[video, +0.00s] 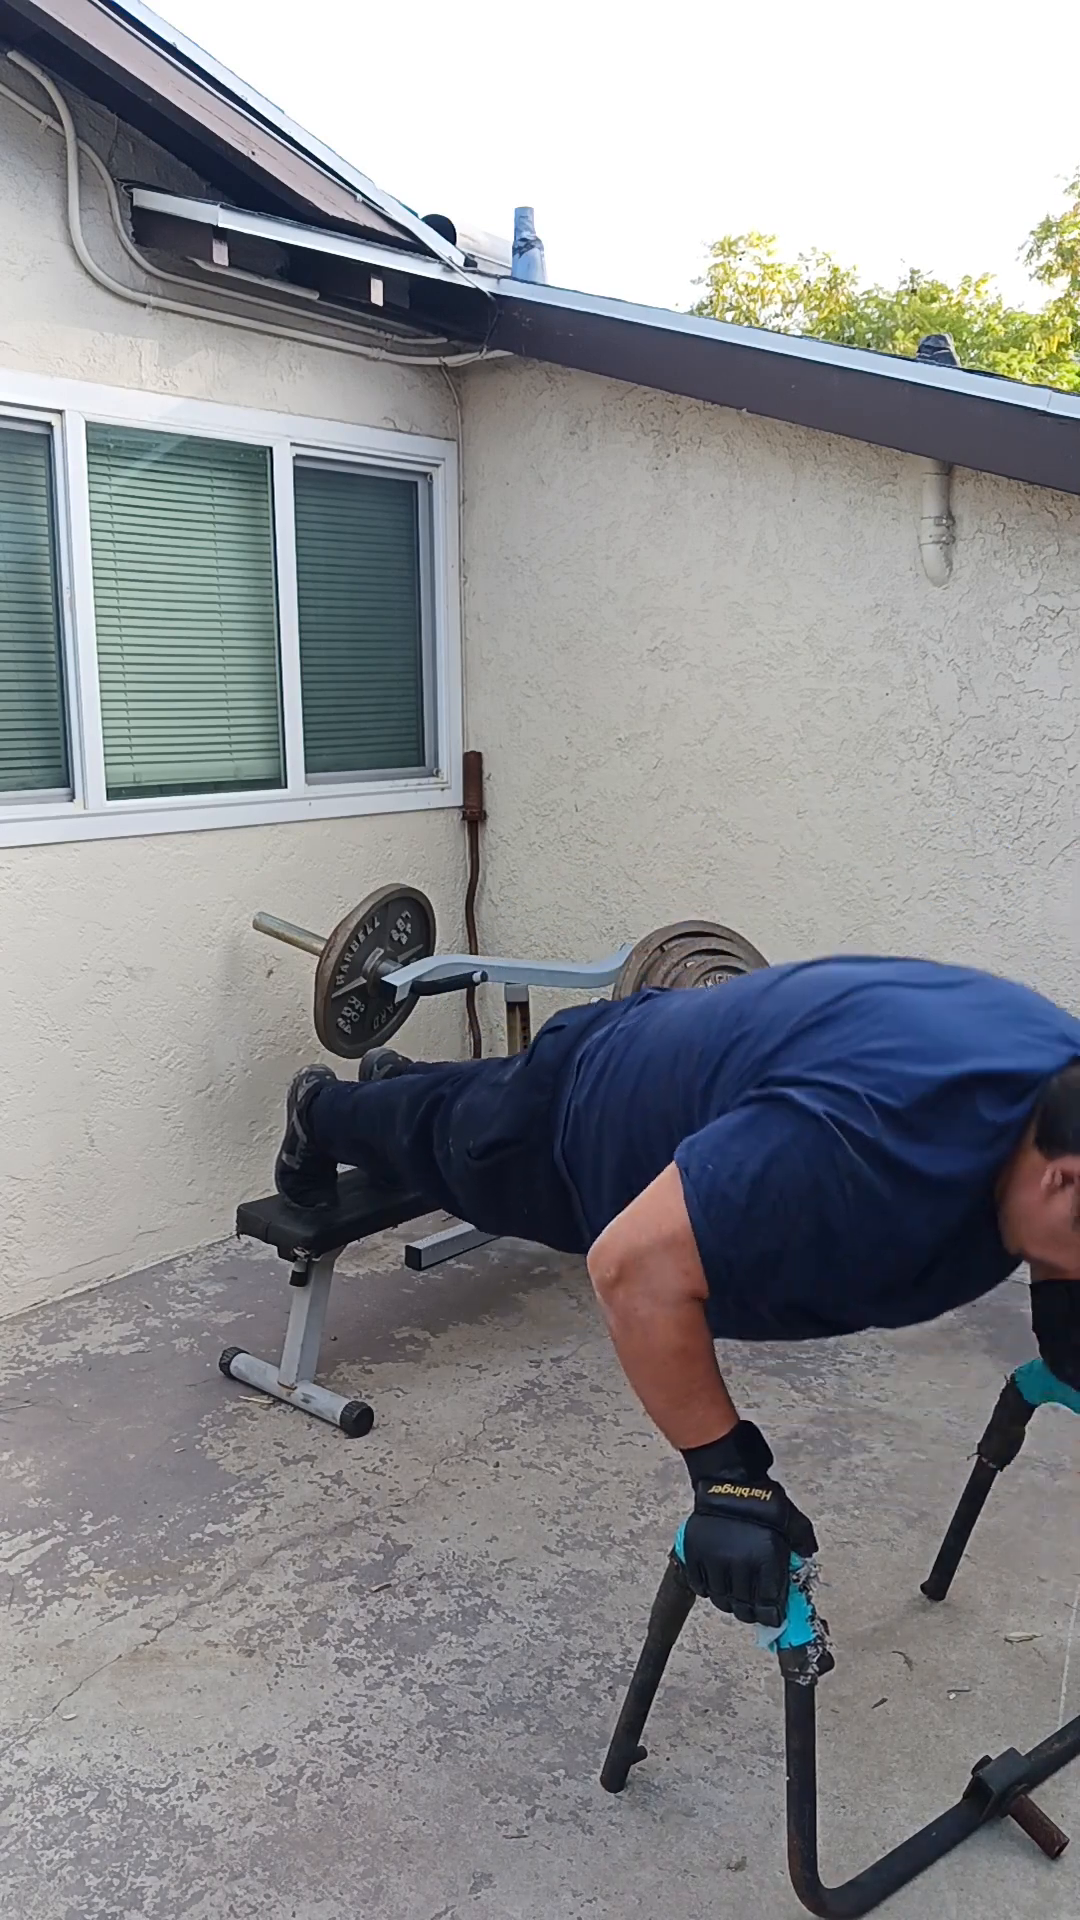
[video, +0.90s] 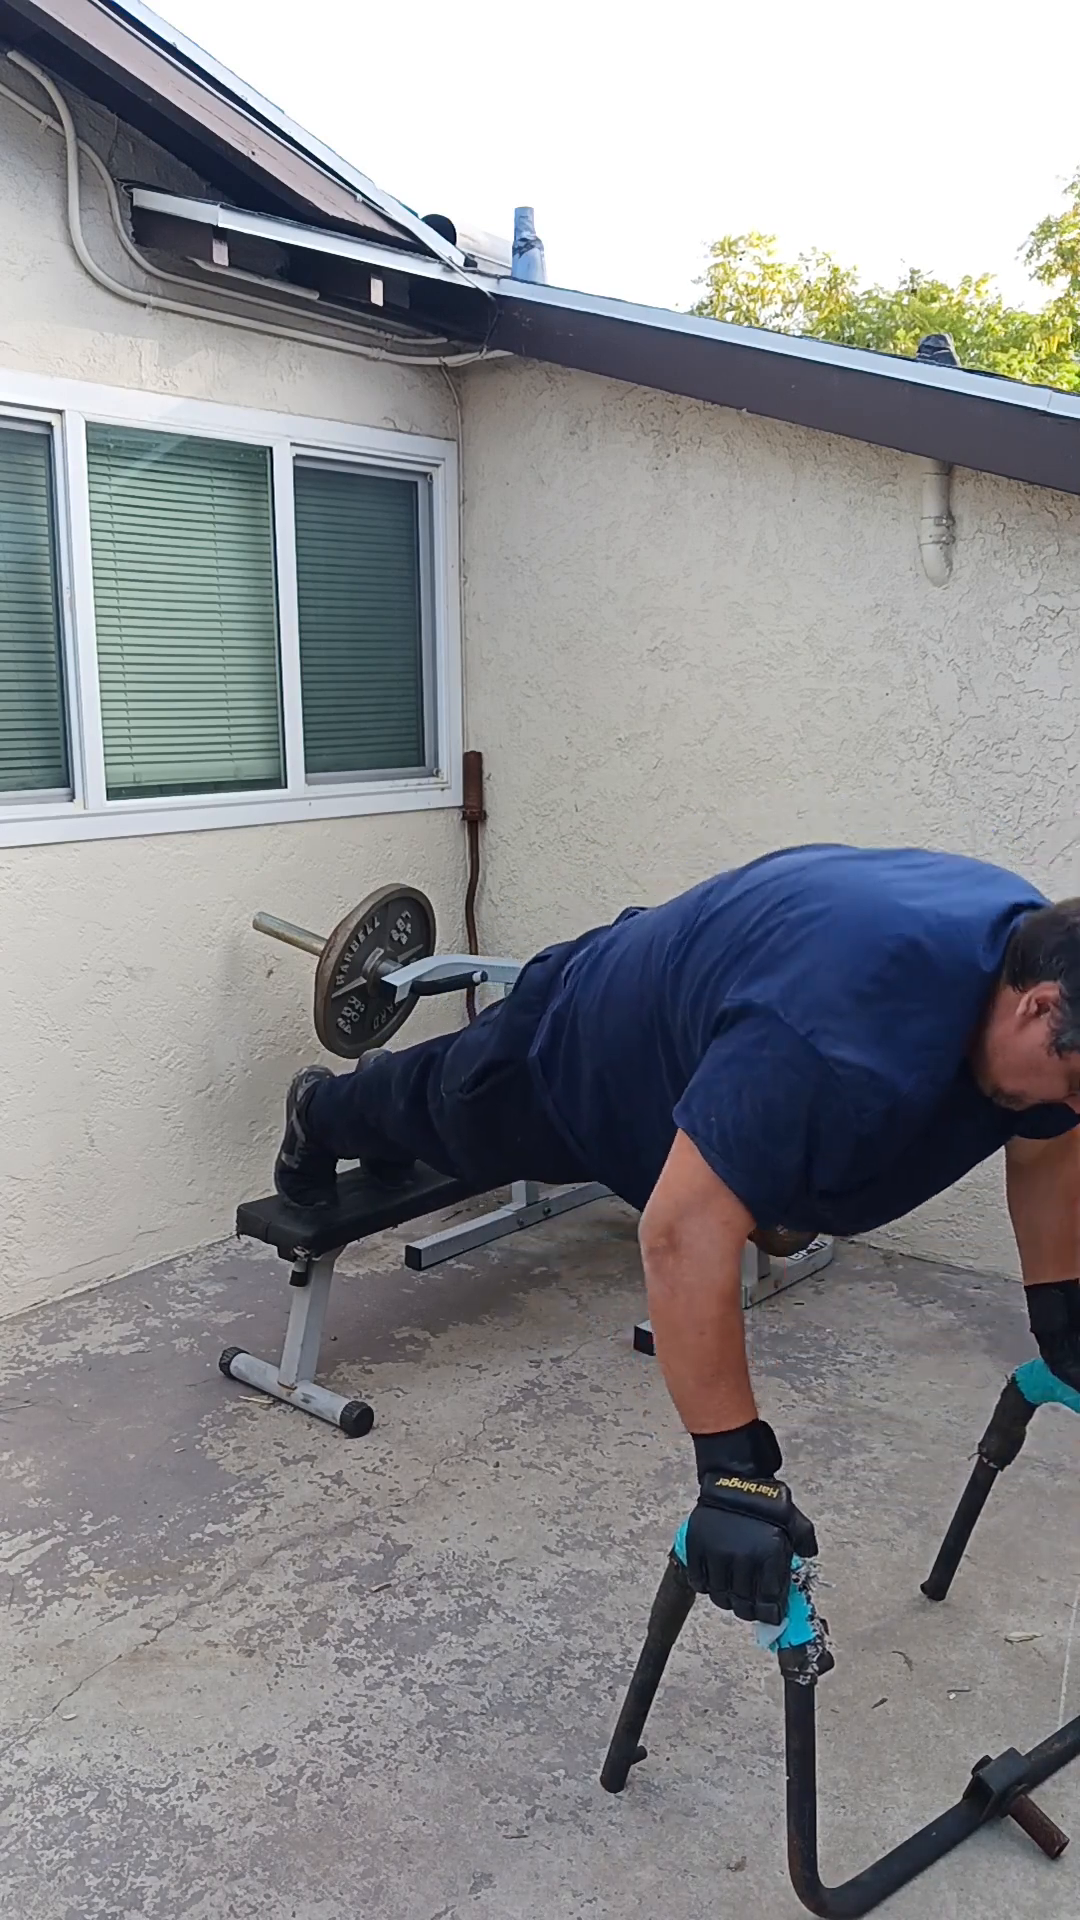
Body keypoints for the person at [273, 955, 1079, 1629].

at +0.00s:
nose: (1062, 1266)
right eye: (1074, 1240)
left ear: (1064, 1170)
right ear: (1055, 1179)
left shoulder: (1059, 1082)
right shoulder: (840, 1148)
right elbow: (633, 1269)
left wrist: (1059, 1324)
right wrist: (729, 1474)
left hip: (730, 1019)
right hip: (605, 1094)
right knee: (451, 1125)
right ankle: (324, 1115)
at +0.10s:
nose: (1054, 1173)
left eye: (1072, 1164)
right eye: (1064, 1147)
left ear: (1057, 1073)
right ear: (1040, 1078)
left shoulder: (1050, 1008)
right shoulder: (826, 1081)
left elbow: (1057, 1175)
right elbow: (655, 1259)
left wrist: (1059, 1318)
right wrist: (731, 1475)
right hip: (604, 1065)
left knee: (512, 1118)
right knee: (449, 1114)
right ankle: (324, 1112)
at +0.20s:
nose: (1059, 1095)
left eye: (1072, 1084)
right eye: (1064, 1072)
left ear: (1040, 987)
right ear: (1031, 995)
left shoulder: (1042, 968)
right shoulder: (820, 1018)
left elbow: (1051, 1150)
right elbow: (692, 1238)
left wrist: (1060, 1321)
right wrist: (736, 1478)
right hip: (608, 1039)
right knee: (450, 1098)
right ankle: (322, 1117)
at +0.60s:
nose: (1055, 1027)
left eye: (1072, 1011)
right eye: (1056, 997)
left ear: (1022, 921)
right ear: (1012, 923)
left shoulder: (1021, 957)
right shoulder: (818, 975)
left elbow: (1040, 1153)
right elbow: (736, 1223)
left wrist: (1060, 1327)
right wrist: (741, 1472)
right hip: (605, 994)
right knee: (450, 1082)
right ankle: (320, 1112)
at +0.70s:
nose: (1055, 1028)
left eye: (1072, 1012)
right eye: (1058, 998)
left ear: (1028, 923)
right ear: (1017, 924)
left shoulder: (1024, 960)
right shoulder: (820, 977)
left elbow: (1043, 1150)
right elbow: (732, 1224)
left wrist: (1060, 1325)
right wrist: (741, 1472)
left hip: (745, 1015)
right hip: (608, 1002)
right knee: (453, 1085)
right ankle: (322, 1113)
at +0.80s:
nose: (1055, 1047)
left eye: (1073, 1031)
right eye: (1062, 1018)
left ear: (1039, 948)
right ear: (1023, 946)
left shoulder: (1028, 963)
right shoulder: (817, 992)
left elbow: (1046, 1150)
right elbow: (712, 1227)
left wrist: (1059, 1323)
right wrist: (740, 1475)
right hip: (599, 1015)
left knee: (520, 1113)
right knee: (444, 1085)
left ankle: (419, 1135)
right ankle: (320, 1113)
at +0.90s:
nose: (1061, 1108)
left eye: (1073, 1097)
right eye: (1065, 1086)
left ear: (1044, 1003)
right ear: (1034, 1012)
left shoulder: (1036, 966)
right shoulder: (823, 1036)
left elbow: (1047, 1147)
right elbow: (683, 1235)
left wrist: (1059, 1321)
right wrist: (736, 1476)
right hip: (602, 1031)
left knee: (514, 1101)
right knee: (442, 1091)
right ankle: (318, 1113)